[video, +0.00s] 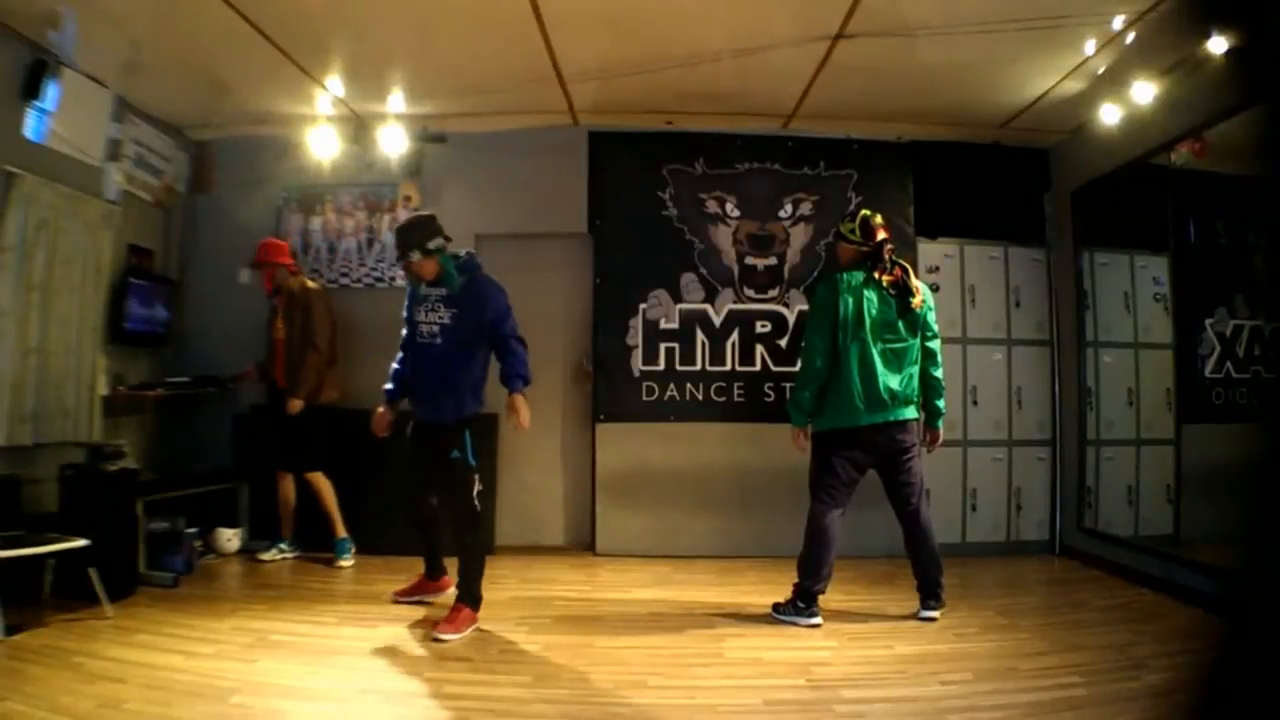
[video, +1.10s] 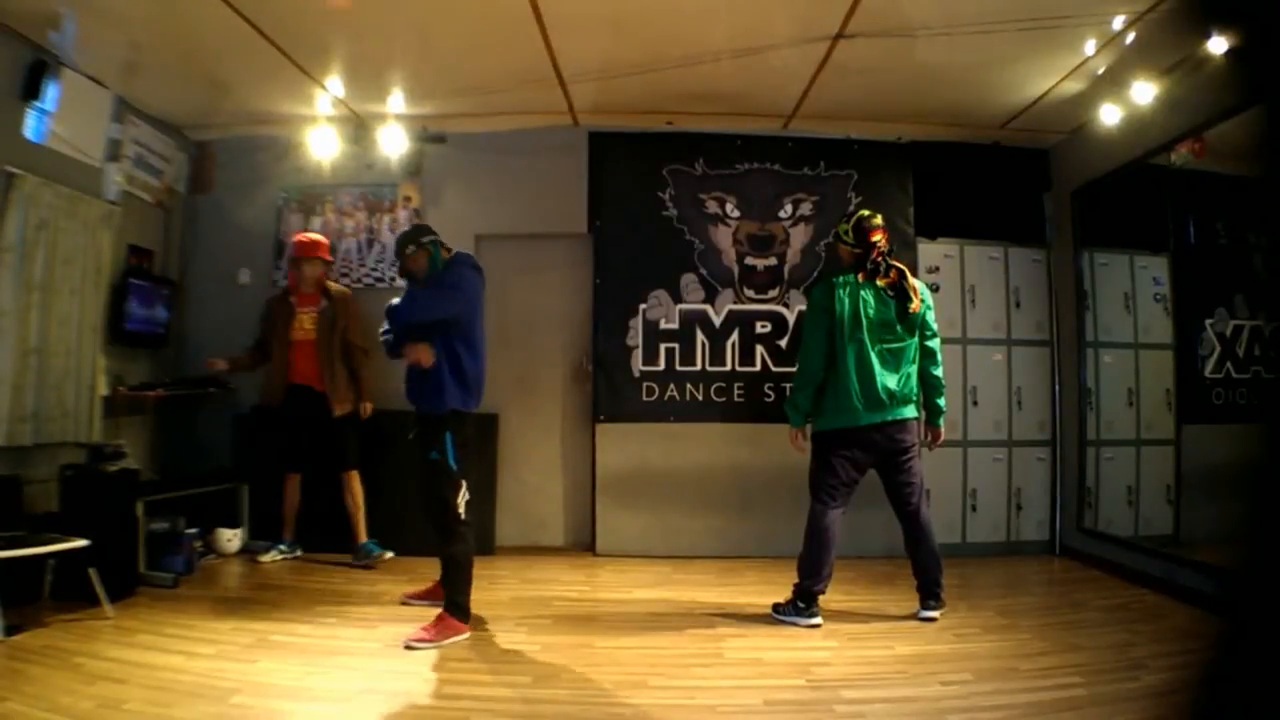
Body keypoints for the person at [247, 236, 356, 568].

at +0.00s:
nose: (264, 277)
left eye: (267, 270)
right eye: (262, 271)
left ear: (283, 267)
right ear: (271, 270)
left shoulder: (311, 294)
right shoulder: (279, 299)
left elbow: (318, 348)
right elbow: (279, 349)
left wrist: (301, 392)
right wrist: (262, 372)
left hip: (310, 395)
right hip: (281, 393)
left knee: (310, 467)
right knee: (283, 468)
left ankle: (342, 538)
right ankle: (287, 540)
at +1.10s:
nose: (312, 268)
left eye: (317, 262)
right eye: (307, 262)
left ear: (327, 265)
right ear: (295, 265)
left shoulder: (341, 301)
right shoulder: (279, 304)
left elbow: (356, 349)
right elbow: (263, 351)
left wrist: (364, 394)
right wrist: (231, 364)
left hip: (334, 395)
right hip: (292, 394)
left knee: (349, 469)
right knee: (292, 469)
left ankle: (362, 542)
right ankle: (287, 541)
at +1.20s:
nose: (335, 272)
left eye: (339, 266)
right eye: (329, 265)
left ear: (347, 269)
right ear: (315, 266)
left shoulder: (357, 305)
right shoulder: (290, 303)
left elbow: (367, 353)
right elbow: (273, 346)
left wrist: (371, 399)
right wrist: (267, 376)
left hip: (344, 399)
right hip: (301, 395)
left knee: (357, 471)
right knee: (295, 470)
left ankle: (365, 545)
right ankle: (288, 541)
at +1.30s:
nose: (363, 276)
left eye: (366, 271)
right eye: (358, 270)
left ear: (368, 275)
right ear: (339, 269)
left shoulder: (374, 310)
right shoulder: (308, 304)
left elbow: (381, 358)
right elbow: (294, 352)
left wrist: (382, 405)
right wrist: (303, 394)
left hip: (359, 402)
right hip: (317, 399)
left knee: (371, 474)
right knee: (301, 471)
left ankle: (366, 545)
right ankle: (288, 539)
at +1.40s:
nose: (384, 281)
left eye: (387, 274)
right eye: (380, 273)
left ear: (388, 279)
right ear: (363, 272)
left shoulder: (389, 313)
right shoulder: (331, 305)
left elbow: (392, 363)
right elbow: (324, 359)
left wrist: (397, 409)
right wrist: (340, 405)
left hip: (377, 403)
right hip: (339, 400)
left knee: (384, 475)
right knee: (318, 470)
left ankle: (367, 545)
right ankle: (290, 534)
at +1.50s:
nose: (397, 279)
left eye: (401, 273)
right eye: (393, 272)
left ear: (406, 276)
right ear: (380, 271)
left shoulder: (406, 306)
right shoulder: (353, 300)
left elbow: (408, 354)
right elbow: (348, 357)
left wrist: (409, 396)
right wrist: (368, 401)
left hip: (395, 398)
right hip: (360, 396)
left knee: (391, 475)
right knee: (353, 473)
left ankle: (369, 546)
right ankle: (312, 532)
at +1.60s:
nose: (412, 279)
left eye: (413, 269)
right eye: (408, 272)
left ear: (427, 256)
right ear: (425, 258)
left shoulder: (460, 278)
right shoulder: (449, 282)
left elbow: (418, 340)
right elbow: (411, 344)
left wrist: (417, 330)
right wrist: (433, 333)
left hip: (451, 407)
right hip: (435, 406)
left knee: (453, 507)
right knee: (440, 499)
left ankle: (457, 613)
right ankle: (448, 583)